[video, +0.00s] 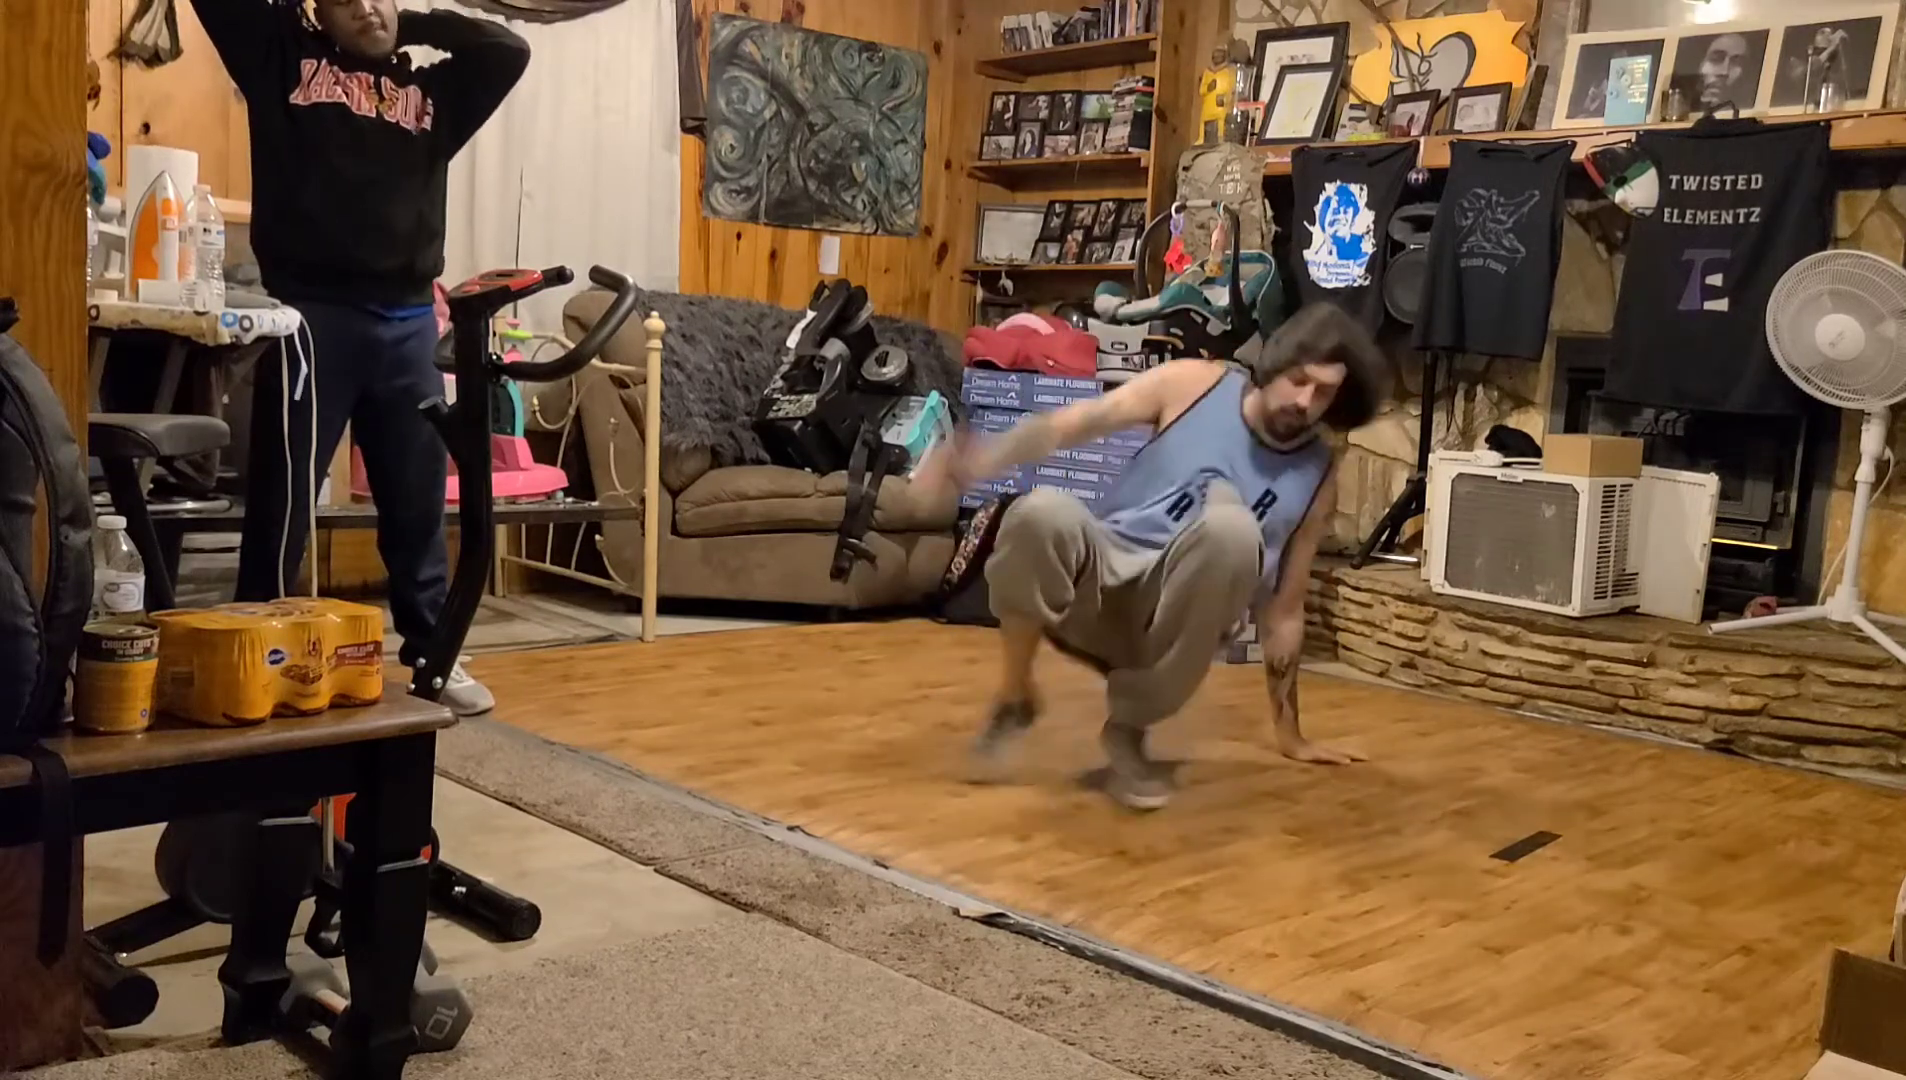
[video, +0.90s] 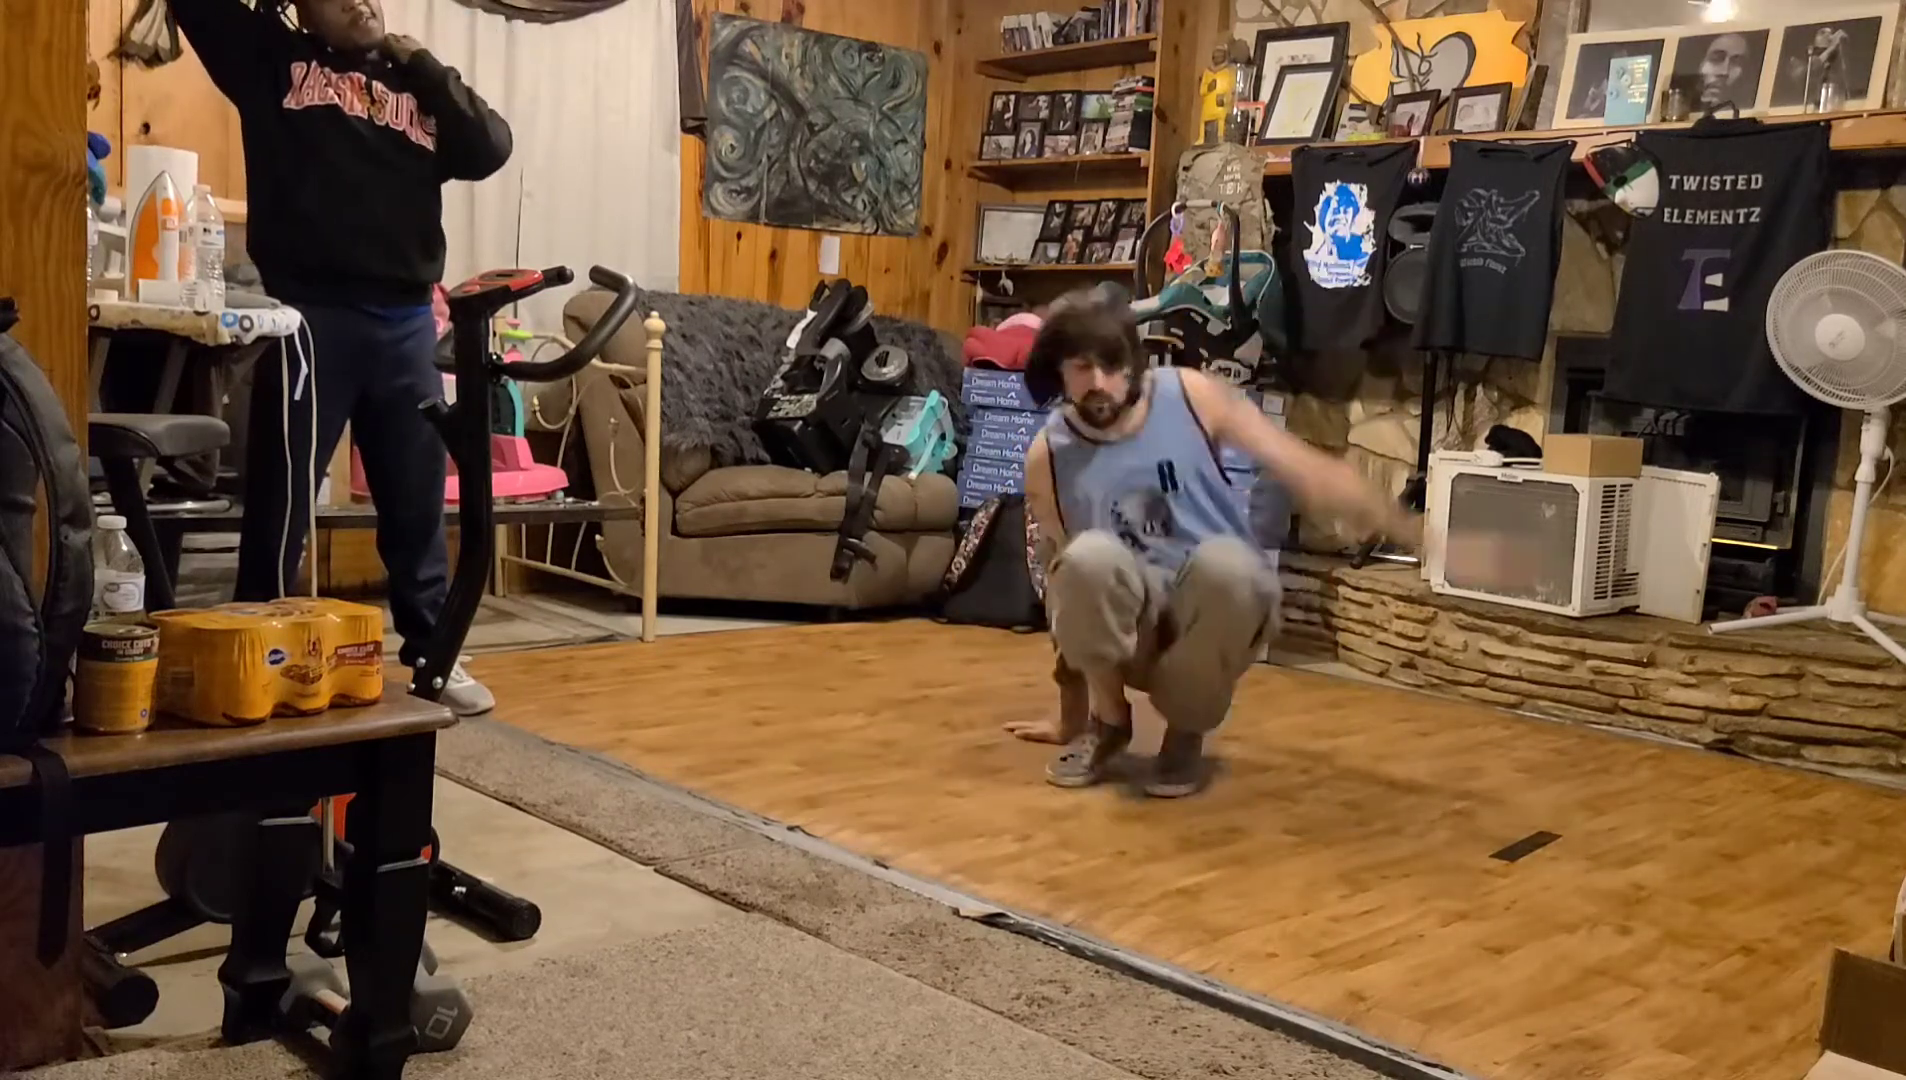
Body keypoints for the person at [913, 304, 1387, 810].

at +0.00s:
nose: (1306, 400)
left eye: (1325, 393)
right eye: (1300, 379)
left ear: (1336, 403)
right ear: (1270, 363)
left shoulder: (1316, 475)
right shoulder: (1193, 382)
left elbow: (1286, 610)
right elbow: (1066, 425)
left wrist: (1289, 736)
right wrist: (983, 460)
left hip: (1178, 618)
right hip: (1095, 581)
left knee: (1229, 528)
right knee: (1039, 514)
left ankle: (1127, 732)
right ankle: (1013, 700)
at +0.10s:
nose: (1320, 400)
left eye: (1342, 393)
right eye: (1315, 377)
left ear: (1356, 402)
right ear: (1292, 359)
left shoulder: (1330, 478)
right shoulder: (1221, 369)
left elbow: (1291, 609)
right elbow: (1085, 358)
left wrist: (1289, 738)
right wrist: (1087, 299)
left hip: (1196, 611)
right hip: (1109, 564)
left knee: (1220, 553)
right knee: (1052, 513)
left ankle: (1084, 760)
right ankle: (911, 742)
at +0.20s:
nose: (1329, 399)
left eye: (1350, 394)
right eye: (1325, 377)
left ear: (1363, 406)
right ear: (1303, 360)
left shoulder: (1340, 481)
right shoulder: (1233, 364)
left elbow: (1295, 609)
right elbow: (1120, 322)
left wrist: (1289, 739)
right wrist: (1119, 262)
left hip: (1203, 605)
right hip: (1113, 557)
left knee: (1194, 580)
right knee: (1031, 533)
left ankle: (1095, 786)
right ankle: (894, 753)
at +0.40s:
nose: (1235, 375)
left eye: (1254, 360)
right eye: (1221, 358)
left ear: (1278, 372)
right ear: (1203, 363)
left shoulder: (1300, 465)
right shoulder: (1135, 421)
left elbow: (1304, 598)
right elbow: (1070, 540)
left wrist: (1338, 735)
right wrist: (1005, 654)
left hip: (1216, 626)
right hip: (1122, 609)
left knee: (1229, 594)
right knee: (1054, 571)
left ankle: (1217, 737)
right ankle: (1103, 721)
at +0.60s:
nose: (1097, 377)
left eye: (1106, 356)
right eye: (1077, 366)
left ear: (1127, 348)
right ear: (1056, 373)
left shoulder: (1190, 370)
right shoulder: (1051, 454)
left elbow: (1322, 379)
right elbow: (1071, 599)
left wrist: (1399, 341)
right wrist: (1072, 727)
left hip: (1240, 597)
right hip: (1151, 623)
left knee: (1251, 538)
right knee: (1090, 503)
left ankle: (1271, 741)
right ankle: (1146, 747)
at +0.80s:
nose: (1083, 379)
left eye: (1094, 360)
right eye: (1063, 365)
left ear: (1114, 348)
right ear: (1039, 370)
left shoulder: (1171, 362)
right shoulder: (1036, 458)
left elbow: (1303, 346)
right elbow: (1063, 591)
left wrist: (1414, 285)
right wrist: (1075, 723)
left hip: (1229, 598)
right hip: (1144, 621)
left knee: (1251, 504)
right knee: (1098, 500)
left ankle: (1266, 753)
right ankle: (1128, 727)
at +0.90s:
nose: (1098, 384)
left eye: (1111, 365)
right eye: (1081, 367)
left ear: (1135, 362)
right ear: (1059, 371)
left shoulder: (1194, 396)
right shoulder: (1047, 456)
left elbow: (1310, 474)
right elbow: (1063, 586)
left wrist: (1422, 539)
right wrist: (1072, 721)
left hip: (1207, 614)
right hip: (1120, 617)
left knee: (1228, 566)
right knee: (1089, 560)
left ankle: (1185, 733)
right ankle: (1109, 723)